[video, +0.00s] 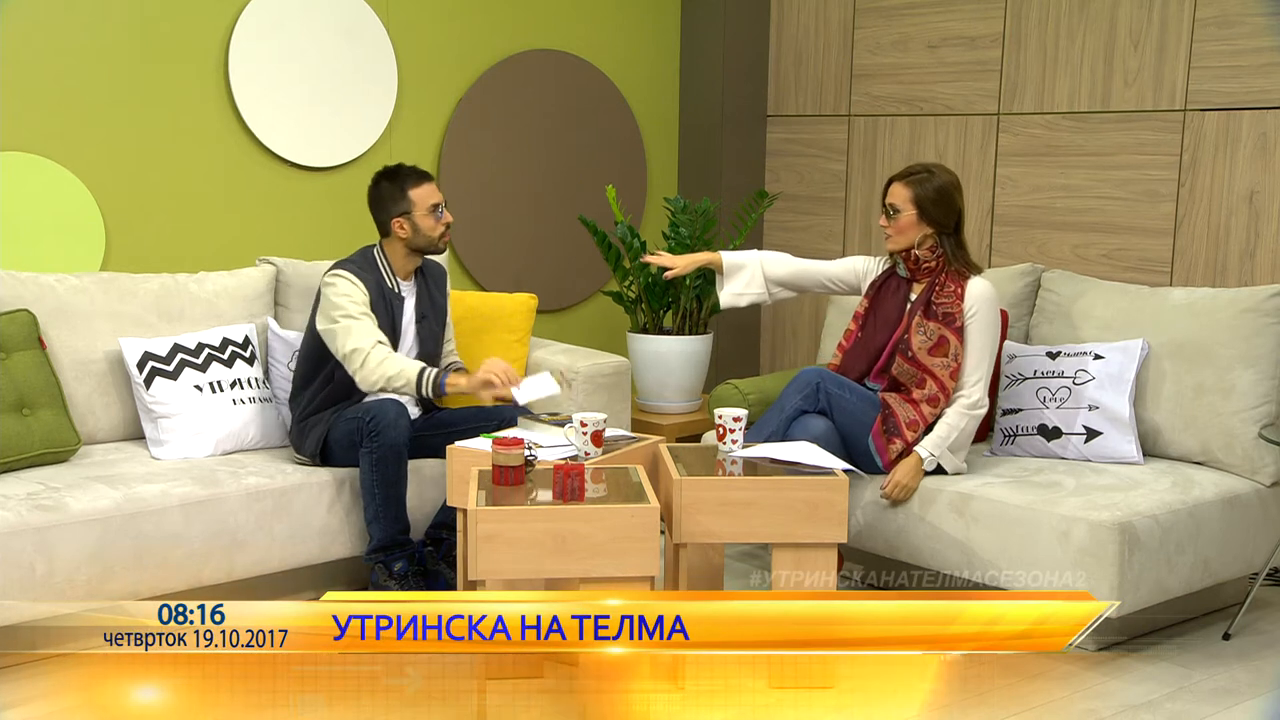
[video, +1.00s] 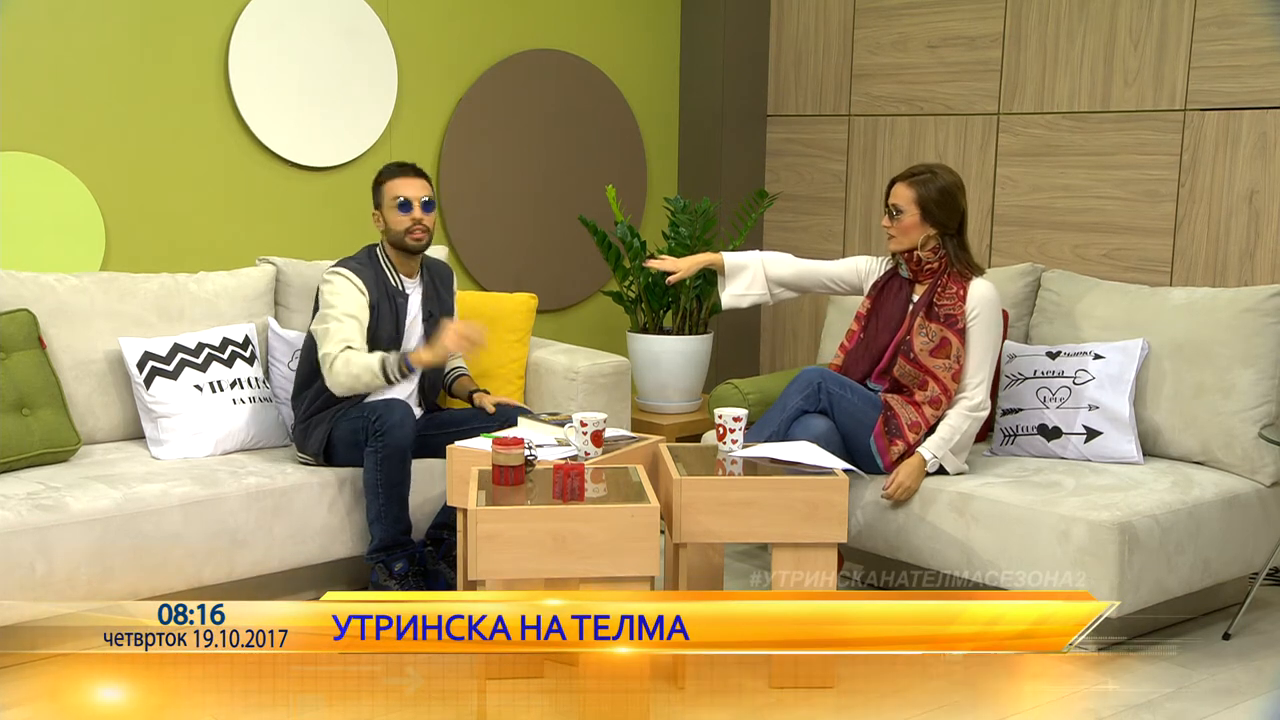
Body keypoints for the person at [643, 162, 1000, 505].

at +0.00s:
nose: (883, 222)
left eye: (895, 213)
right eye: (885, 212)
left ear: (931, 222)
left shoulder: (974, 293)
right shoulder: (882, 270)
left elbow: (971, 398)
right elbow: (799, 271)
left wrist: (921, 459)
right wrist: (704, 259)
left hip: (914, 439)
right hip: (861, 422)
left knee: (816, 379)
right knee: (810, 429)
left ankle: (728, 469)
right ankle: (804, 571)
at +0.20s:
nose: (886, 222)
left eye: (898, 213)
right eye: (888, 211)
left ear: (934, 222)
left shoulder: (976, 294)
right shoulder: (882, 271)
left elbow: (973, 399)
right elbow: (799, 271)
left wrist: (921, 459)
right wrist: (706, 261)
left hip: (914, 439)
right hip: (859, 422)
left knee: (816, 379)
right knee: (811, 429)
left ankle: (728, 467)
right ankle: (805, 570)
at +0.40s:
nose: (887, 222)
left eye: (900, 213)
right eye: (889, 211)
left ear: (936, 223)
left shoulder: (977, 295)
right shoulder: (884, 271)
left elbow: (973, 400)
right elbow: (801, 271)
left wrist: (922, 460)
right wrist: (708, 261)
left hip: (914, 439)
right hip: (860, 422)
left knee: (817, 379)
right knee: (811, 429)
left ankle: (727, 467)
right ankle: (804, 572)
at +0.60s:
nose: (887, 222)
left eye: (900, 213)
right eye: (890, 211)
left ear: (936, 223)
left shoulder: (977, 295)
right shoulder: (884, 271)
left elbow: (973, 400)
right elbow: (800, 271)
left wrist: (922, 460)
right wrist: (706, 261)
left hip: (915, 439)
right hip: (861, 422)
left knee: (817, 379)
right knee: (811, 429)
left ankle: (727, 467)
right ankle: (802, 569)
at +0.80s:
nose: (887, 222)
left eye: (899, 214)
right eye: (889, 212)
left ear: (936, 223)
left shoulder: (977, 296)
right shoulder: (884, 271)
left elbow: (973, 400)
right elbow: (799, 271)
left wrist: (922, 460)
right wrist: (706, 261)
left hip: (915, 440)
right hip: (861, 422)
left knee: (817, 379)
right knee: (811, 429)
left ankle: (727, 466)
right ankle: (802, 569)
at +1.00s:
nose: (886, 222)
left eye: (898, 214)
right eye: (888, 212)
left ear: (935, 222)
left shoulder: (976, 295)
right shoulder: (883, 271)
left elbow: (973, 400)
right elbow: (798, 270)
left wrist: (921, 461)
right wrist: (705, 261)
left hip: (916, 440)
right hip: (862, 423)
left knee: (817, 379)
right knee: (811, 429)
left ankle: (728, 468)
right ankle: (807, 568)